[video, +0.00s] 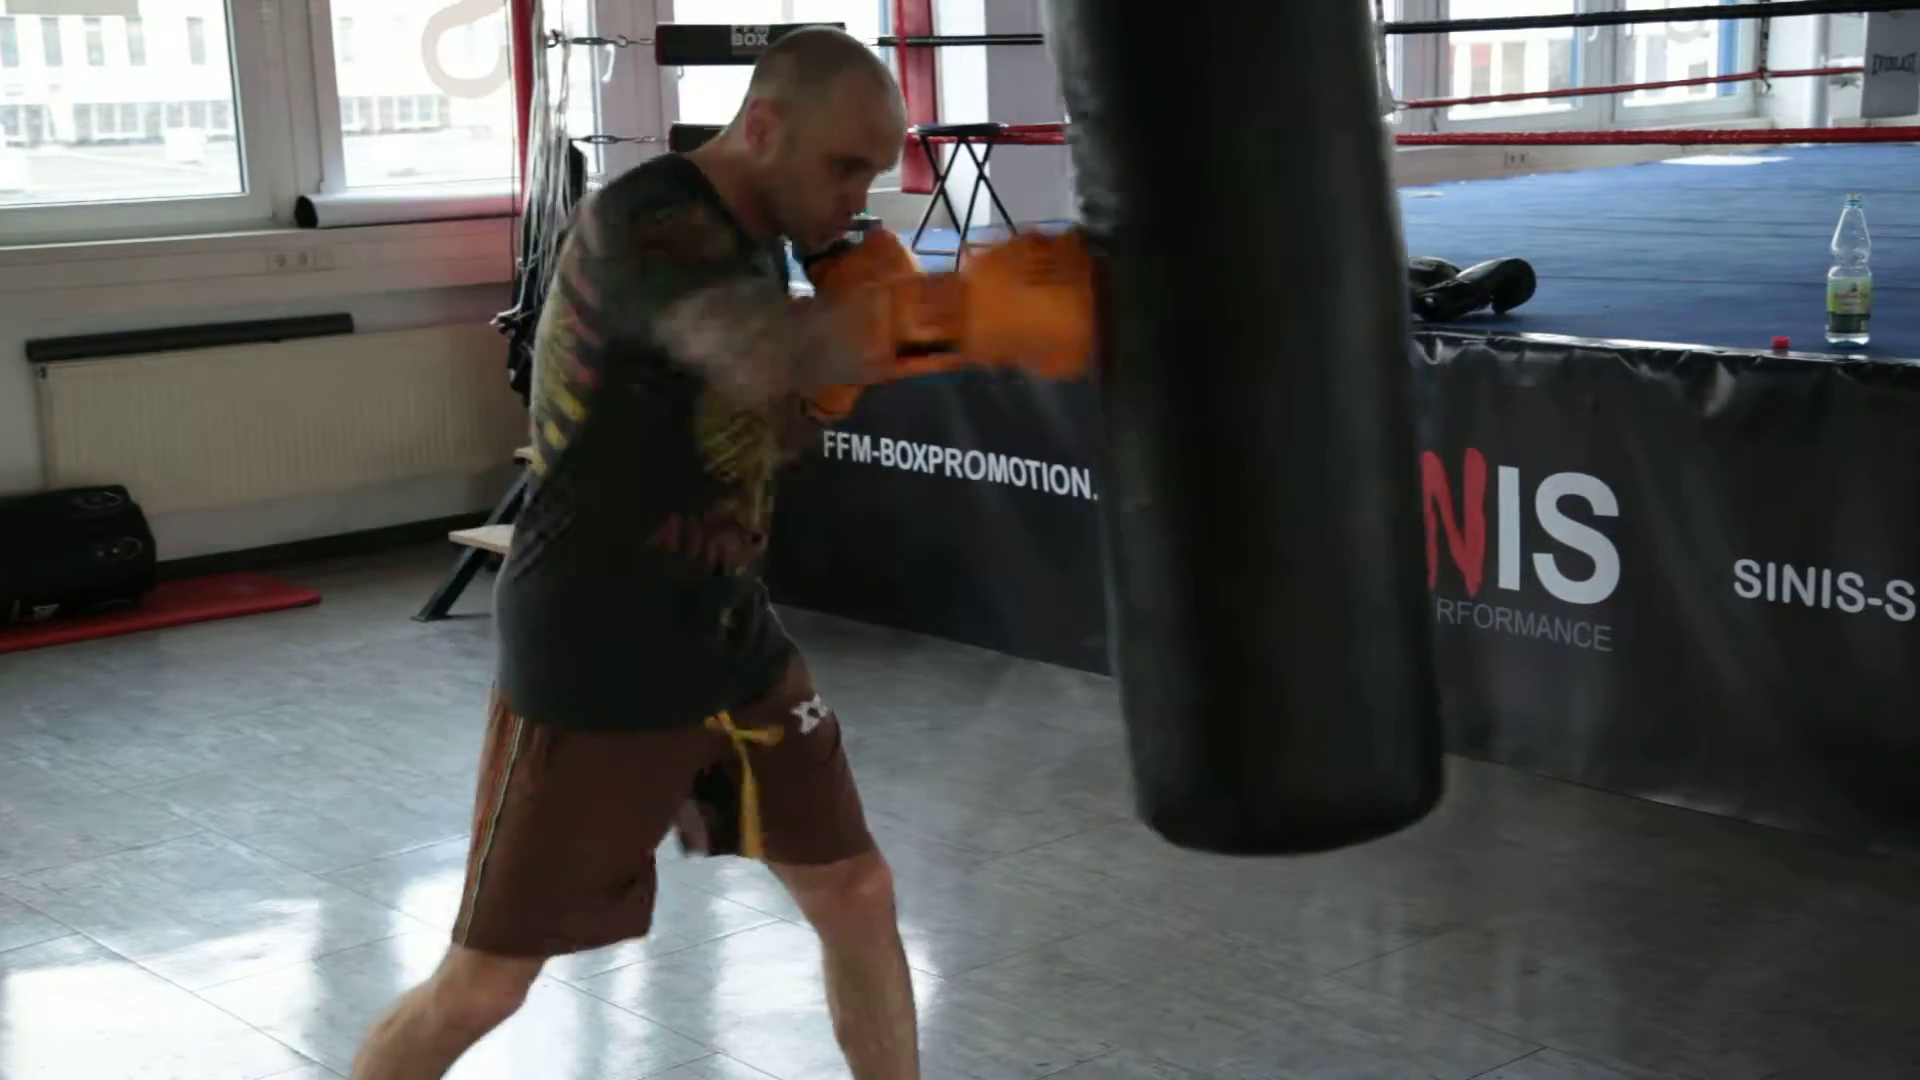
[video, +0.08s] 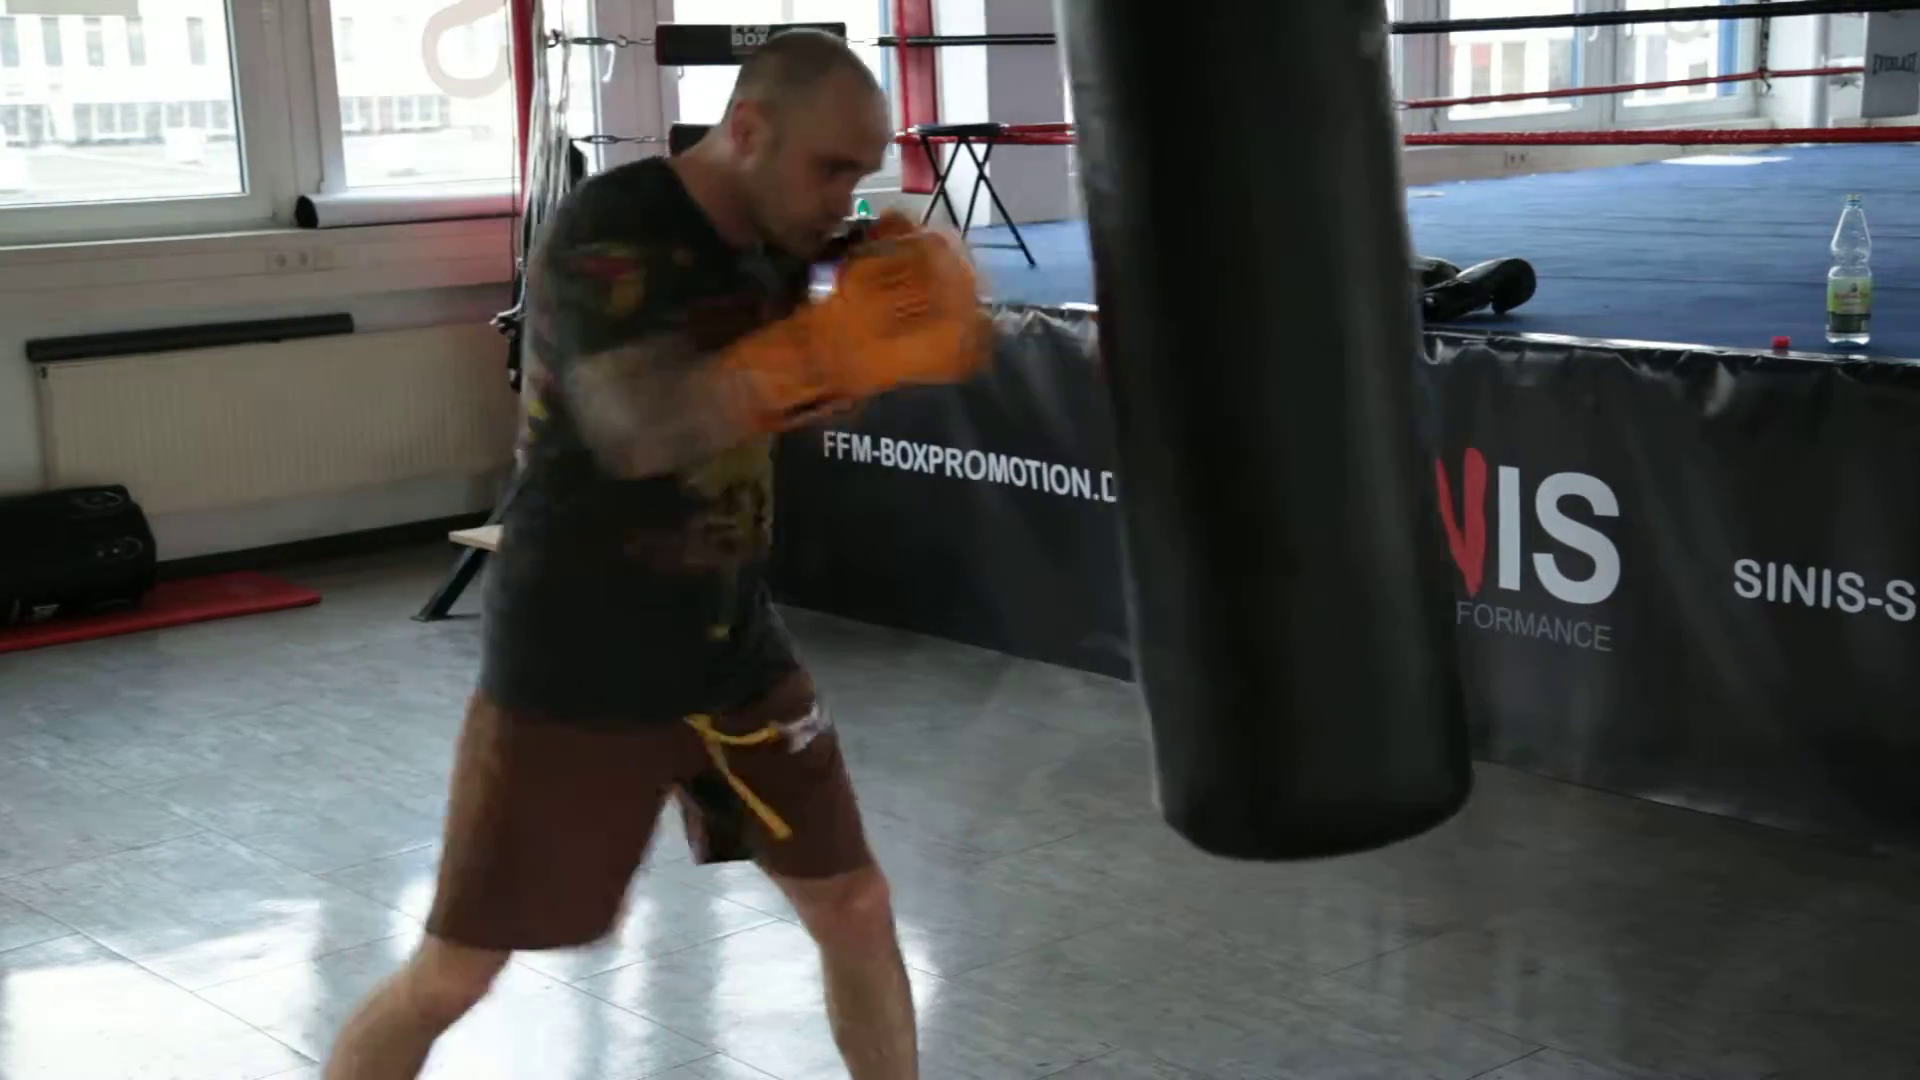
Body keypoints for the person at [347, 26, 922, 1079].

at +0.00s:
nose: (858, 203)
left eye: (871, 178)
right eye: (845, 171)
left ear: (772, 133)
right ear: (762, 129)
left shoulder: (750, 241)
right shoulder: (636, 220)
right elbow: (773, 362)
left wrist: (869, 329)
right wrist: (930, 314)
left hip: (722, 629)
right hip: (588, 649)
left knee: (855, 897)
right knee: (479, 987)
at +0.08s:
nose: (844, 203)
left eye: (858, 178)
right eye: (833, 171)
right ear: (749, 131)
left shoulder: (781, 244)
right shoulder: (597, 232)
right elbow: (631, 424)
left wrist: (921, 298)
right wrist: (819, 354)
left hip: (725, 643)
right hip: (569, 663)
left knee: (854, 909)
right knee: (453, 973)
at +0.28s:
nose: (756, 207)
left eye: (769, 185)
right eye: (743, 178)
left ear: (673, 143)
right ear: (661, 137)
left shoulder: (718, 249)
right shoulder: (507, 240)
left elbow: (826, 374)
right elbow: (501, 446)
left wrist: (947, 336)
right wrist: (660, 323)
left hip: (695, 650)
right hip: (527, 668)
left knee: (828, 913)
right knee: (413, 986)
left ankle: (890, 1078)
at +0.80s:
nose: (788, 191)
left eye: (805, 164)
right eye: (770, 158)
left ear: (816, 147)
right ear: (688, 122)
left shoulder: (792, 245)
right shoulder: (537, 230)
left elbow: (933, 364)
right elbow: (456, 441)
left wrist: (998, 298)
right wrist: (584, 351)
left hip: (694, 637)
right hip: (528, 645)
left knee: (809, 903)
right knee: (410, 964)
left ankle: (818, 1078)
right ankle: (314, 1073)